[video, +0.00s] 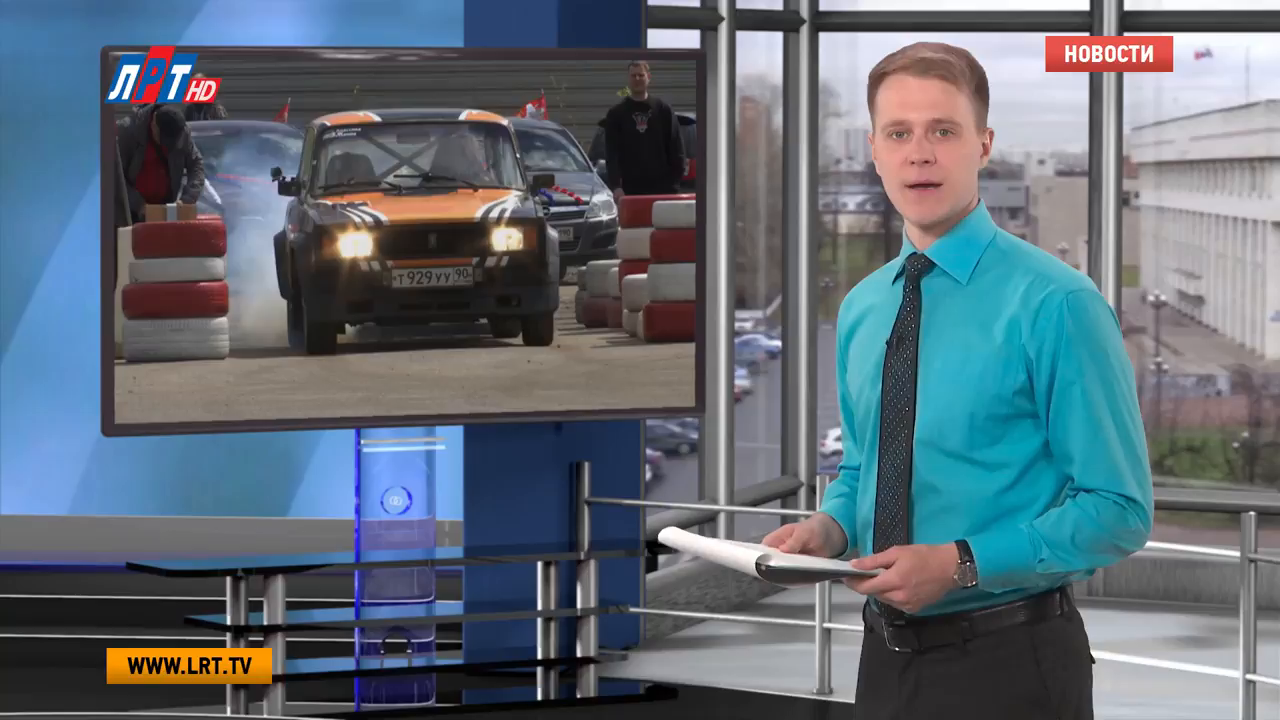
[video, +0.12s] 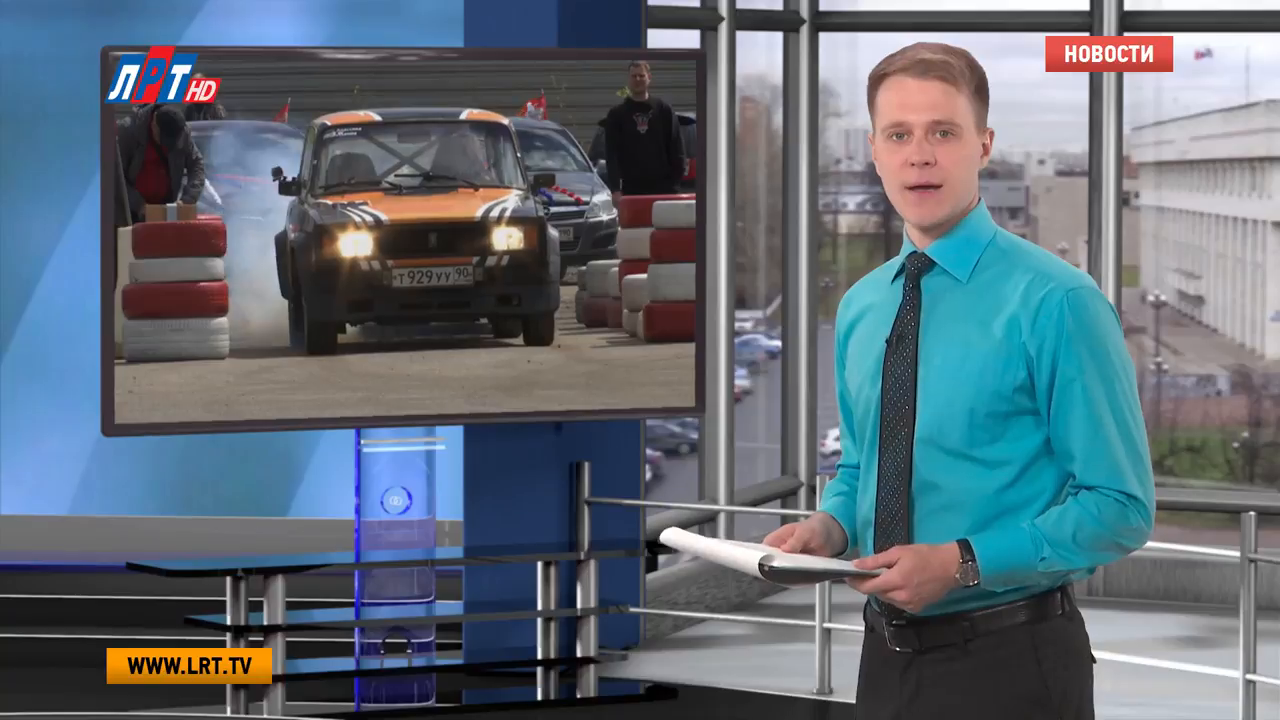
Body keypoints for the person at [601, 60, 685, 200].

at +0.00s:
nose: (637, 79)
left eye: (641, 75)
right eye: (633, 76)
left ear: (649, 77)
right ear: (628, 79)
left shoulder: (663, 110)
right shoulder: (616, 113)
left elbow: (676, 147)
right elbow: (611, 154)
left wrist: (675, 182)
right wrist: (616, 186)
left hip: (662, 186)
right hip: (631, 188)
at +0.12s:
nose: (638, 80)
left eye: (641, 76)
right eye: (634, 76)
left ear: (649, 78)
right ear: (628, 79)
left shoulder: (664, 110)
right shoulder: (617, 114)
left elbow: (676, 148)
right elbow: (612, 154)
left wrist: (675, 183)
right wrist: (615, 189)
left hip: (663, 187)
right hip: (631, 188)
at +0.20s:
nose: (639, 80)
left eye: (643, 76)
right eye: (635, 76)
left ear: (650, 78)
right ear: (630, 80)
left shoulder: (666, 111)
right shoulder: (618, 114)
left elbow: (678, 151)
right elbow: (612, 155)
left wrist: (674, 185)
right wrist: (614, 190)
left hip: (664, 188)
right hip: (632, 188)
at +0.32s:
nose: (643, 80)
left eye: (647, 76)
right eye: (639, 77)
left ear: (654, 79)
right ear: (634, 80)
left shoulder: (669, 112)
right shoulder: (621, 114)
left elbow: (680, 150)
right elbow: (614, 155)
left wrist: (676, 183)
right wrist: (614, 190)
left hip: (665, 187)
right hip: (633, 187)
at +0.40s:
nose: (646, 80)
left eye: (650, 76)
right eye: (642, 77)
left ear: (658, 78)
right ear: (637, 80)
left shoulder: (672, 113)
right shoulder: (624, 114)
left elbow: (682, 152)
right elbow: (616, 154)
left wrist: (677, 186)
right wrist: (614, 190)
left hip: (667, 188)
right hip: (634, 188)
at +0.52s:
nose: (652, 80)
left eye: (656, 76)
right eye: (648, 76)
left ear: (664, 78)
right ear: (643, 79)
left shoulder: (676, 113)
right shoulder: (628, 113)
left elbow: (686, 152)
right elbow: (619, 152)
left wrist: (682, 186)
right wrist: (616, 188)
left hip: (670, 188)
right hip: (637, 188)